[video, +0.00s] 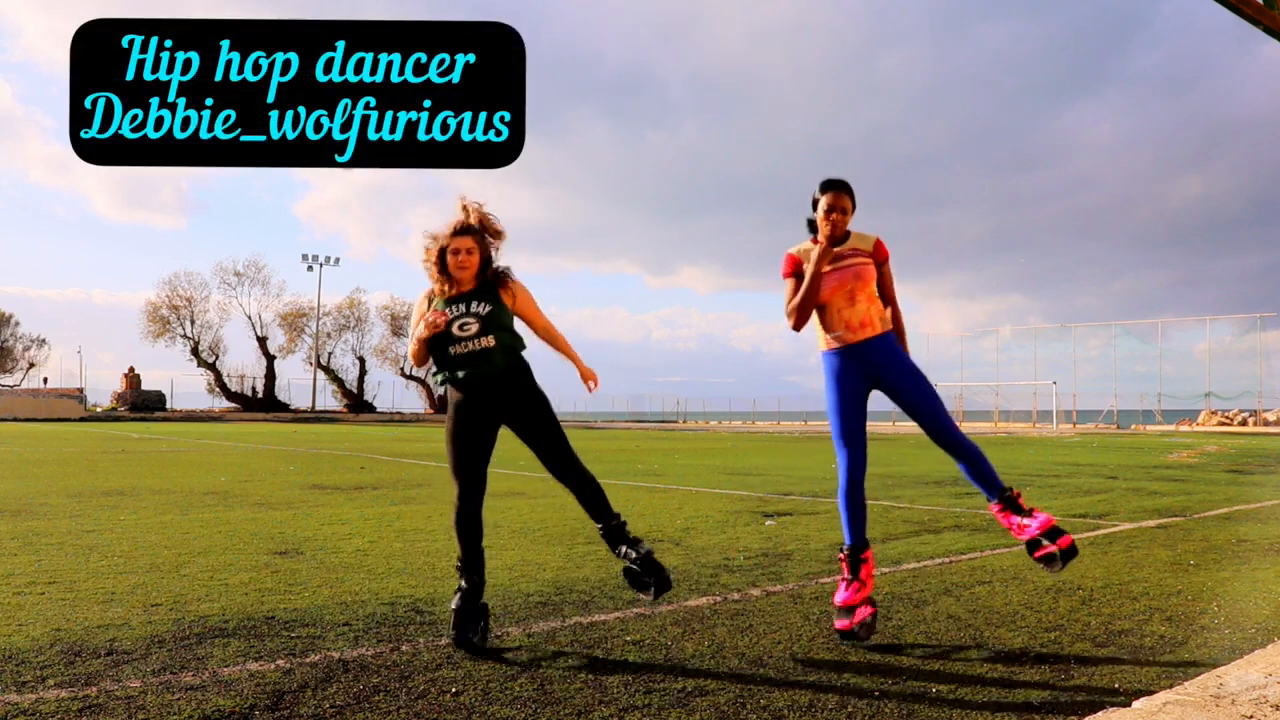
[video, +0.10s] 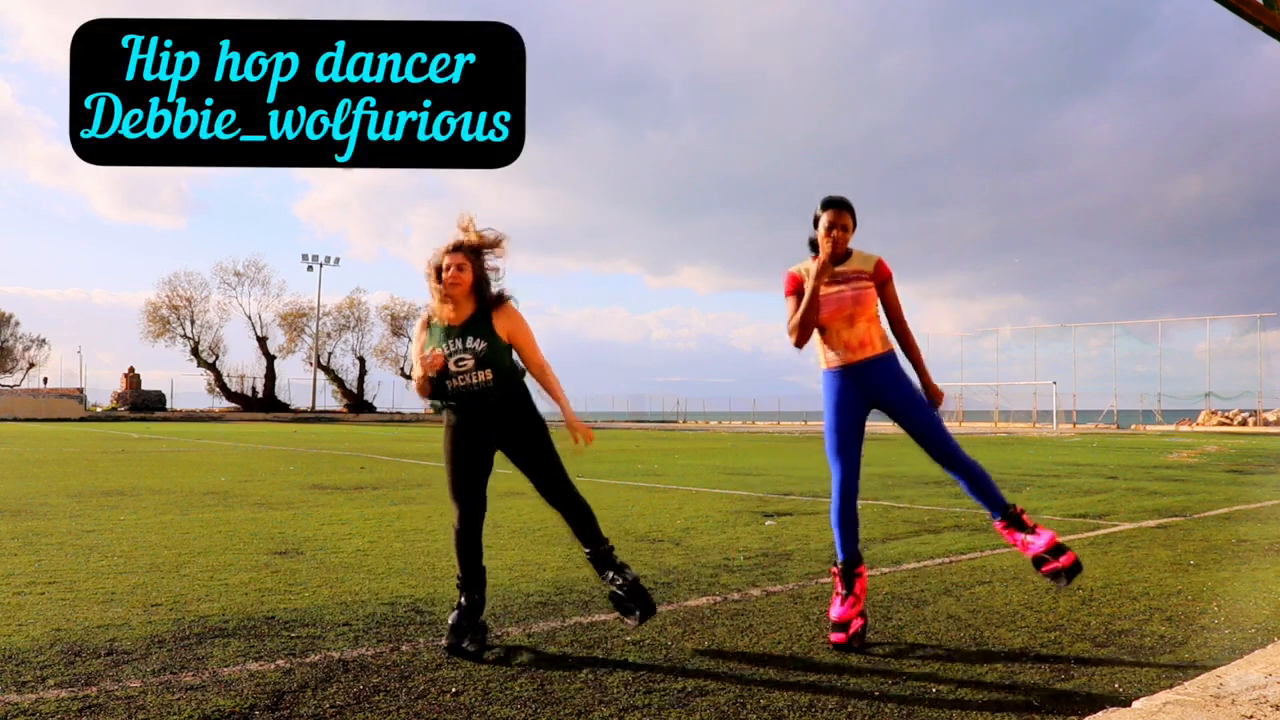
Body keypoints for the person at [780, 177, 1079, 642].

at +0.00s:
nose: (836, 218)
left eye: (843, 211)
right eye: (830, 210)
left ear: (852, 215)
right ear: (814, 212)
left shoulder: (871, 248)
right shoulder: (799, 257)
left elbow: (891, 307)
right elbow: (795, 320)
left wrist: (902, 359)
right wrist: (817, 260)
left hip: (886, 353)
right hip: (841, 364)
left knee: (951, 437)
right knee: (851, 467)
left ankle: (1014, 512)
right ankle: (856, 569)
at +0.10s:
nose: (836, 235)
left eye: (843, 228)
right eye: (830, 227)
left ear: (853, 232)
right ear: (816, 230)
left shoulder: (872, 267)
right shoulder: (799, 276)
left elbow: (899, 325)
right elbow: (797, 336)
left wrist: (926, 379)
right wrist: (818, 276)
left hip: (887, 372)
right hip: (841, 383)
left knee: (951, 456)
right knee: (844, 482)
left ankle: (1017, 526)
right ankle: (848, 582)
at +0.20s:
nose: (842, 250)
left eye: (848, 243)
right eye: (835, 242)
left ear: (857, 247)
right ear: (821, 245)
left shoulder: (876, 285)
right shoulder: (802, 291)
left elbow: (908, 343)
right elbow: (789, 347)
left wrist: (939, 398)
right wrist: (819, 290)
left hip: (888, 390)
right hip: (841, 398)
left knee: (947, 473)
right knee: (843, 497)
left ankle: (1009, 547)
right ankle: (849, 594)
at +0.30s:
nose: (855, 234)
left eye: (862, 227)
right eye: (848, 227)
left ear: (872, 231)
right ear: (836, 231)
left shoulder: (893, 271)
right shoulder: (820, 269)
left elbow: (918, 327)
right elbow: (778, 319)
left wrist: (913, 341)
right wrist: (818, 312)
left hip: (893, 375)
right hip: (847, 380)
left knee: (931, 472)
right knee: (850, 485)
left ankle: (958, 557)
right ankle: (848, 584)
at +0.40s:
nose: (867, 218)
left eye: (873, 210)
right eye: (859, 211)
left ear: (887, 211)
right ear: (850, 215)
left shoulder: (910, 252)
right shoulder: (835, 251)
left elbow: (926, 314)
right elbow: (795, 301)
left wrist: (903, 302)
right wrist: (817, 337)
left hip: (898, 361)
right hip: (853, 362)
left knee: (919, 465)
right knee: (844, 465)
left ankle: (926, 560)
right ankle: (833, 567)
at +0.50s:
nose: (886, 221)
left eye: (893, 213)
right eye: (878, 215)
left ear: (907, 213)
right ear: (869, 217)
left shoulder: (929, 255)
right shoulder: (856, 253)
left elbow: (941, 318)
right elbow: (825, 312)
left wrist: (903, 300)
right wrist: (798, 366)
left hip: (906, 365)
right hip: (860, 360)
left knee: (908, 470)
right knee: (825, 453)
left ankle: (904, 568)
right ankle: (787, 545)